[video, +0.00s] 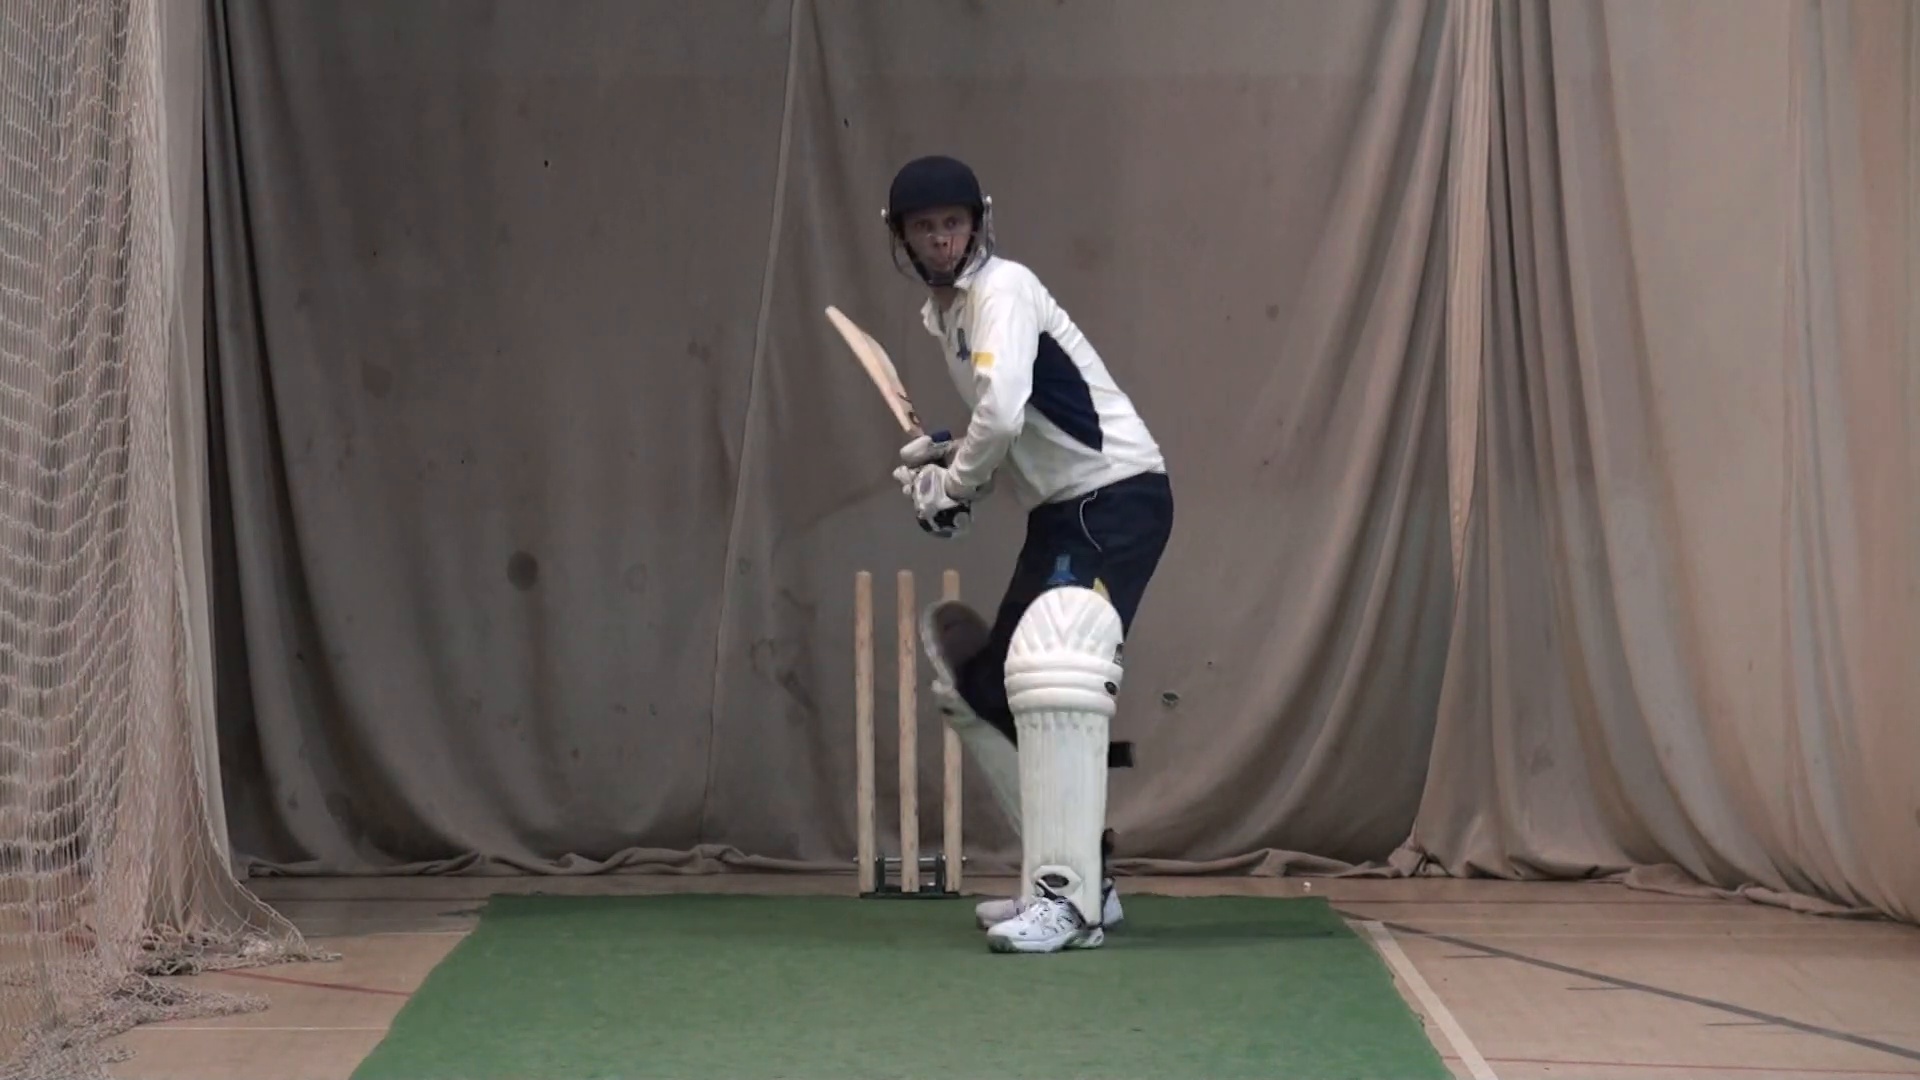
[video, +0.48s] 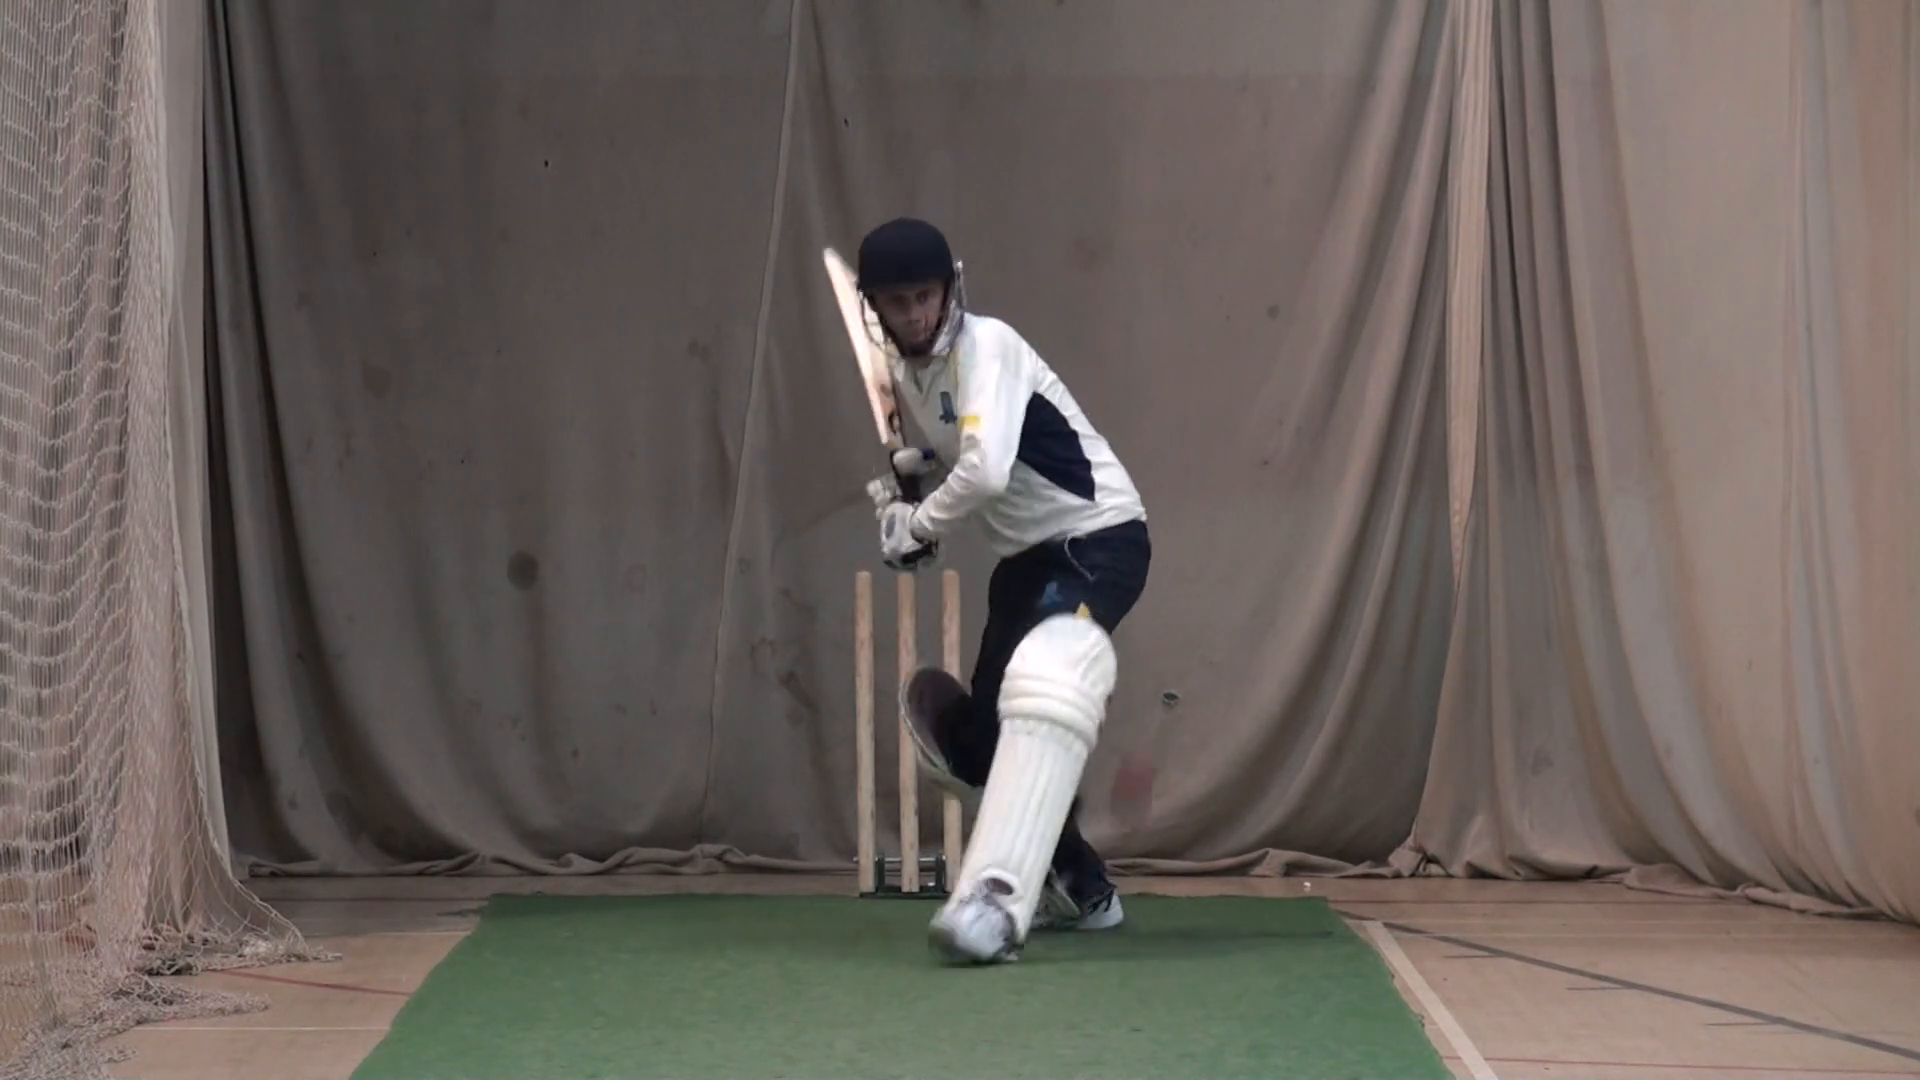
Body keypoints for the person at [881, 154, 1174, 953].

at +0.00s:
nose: (941, 242)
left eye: (954, 225)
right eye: (924, 229)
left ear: (978, 226)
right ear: (903, 239)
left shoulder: (1002, 289)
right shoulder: (951, 312)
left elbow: (1001, 411)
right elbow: (1011, 413)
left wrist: (954, 489)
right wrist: (950, 446)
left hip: (1115, 494)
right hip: (1060, 506)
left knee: (1055, 674)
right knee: (991, 687)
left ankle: (1067, 896)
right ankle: (1079, 878)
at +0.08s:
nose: (937, 254)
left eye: (950, 238)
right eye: (920, 242)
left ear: (974, 239)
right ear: (900, 252)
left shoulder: (1000, 303)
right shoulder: (945, 325)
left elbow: (999, 427)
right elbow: (1004, 417)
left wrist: (953, 498)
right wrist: (948, 447)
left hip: (1112, 499)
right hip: (1056, 513)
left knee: (1035, 657)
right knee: (970, 695)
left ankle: (1063, 889)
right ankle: (1077, 876)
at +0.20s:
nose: (933, 270)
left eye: (946, 254)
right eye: (916, 259)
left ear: (969, 254)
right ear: (895, 269)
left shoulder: (998, 319)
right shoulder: (930, 341)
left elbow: (1005, 451)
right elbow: (989, 420)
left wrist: (957, 502)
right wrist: (943, 445)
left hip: (1116, 503)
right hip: (1054, 522)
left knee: (1022, 605)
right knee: (967, 699)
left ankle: (1063, 867)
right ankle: (1083, 885)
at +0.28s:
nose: (930, 280)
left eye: (942, 263)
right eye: (913, 269)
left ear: (965, 261)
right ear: (891, 278)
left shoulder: (997, 327)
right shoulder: (924, 346)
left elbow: (1005, 461)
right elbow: (974, 427)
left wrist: (950, 507)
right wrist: (938, 447)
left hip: (1112, 505)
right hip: (1043, 526)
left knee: (1044, 599)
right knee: (978, 715)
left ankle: (1056, 855)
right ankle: (1081, 885)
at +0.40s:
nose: (923, 299)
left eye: (936, 280)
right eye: (905, 286)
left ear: (958, 275)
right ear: (883, 292)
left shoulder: (992, 339)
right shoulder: (911, 359)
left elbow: (993, 471)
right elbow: (952, 435)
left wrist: (928, 514)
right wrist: (921, 454)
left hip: (1104, 520)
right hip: (1034, 542)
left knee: (1059, 670)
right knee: (985, 722)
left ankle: (1015, 872)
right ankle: (1089, 891)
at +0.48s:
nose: (915, 316)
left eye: (927, 296)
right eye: (897, 303)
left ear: (950, 288)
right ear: (876, 307)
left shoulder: (986, 346)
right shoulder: (906, 371)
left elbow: (984, 471)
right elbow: (945, 450)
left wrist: (917, 525)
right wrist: (917, 467)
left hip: (1096, 535)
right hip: (1024, 555)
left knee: (1035, 696)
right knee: (978, 732)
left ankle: (997, 903)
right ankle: (1089, 892)